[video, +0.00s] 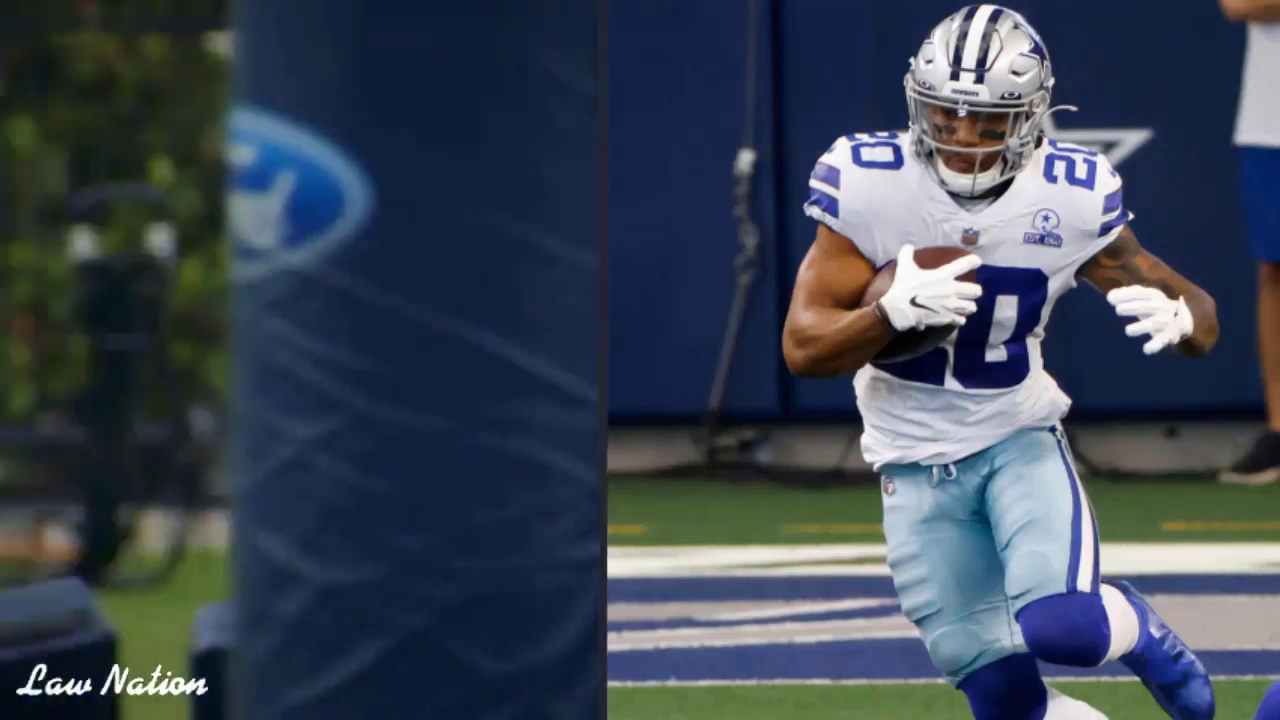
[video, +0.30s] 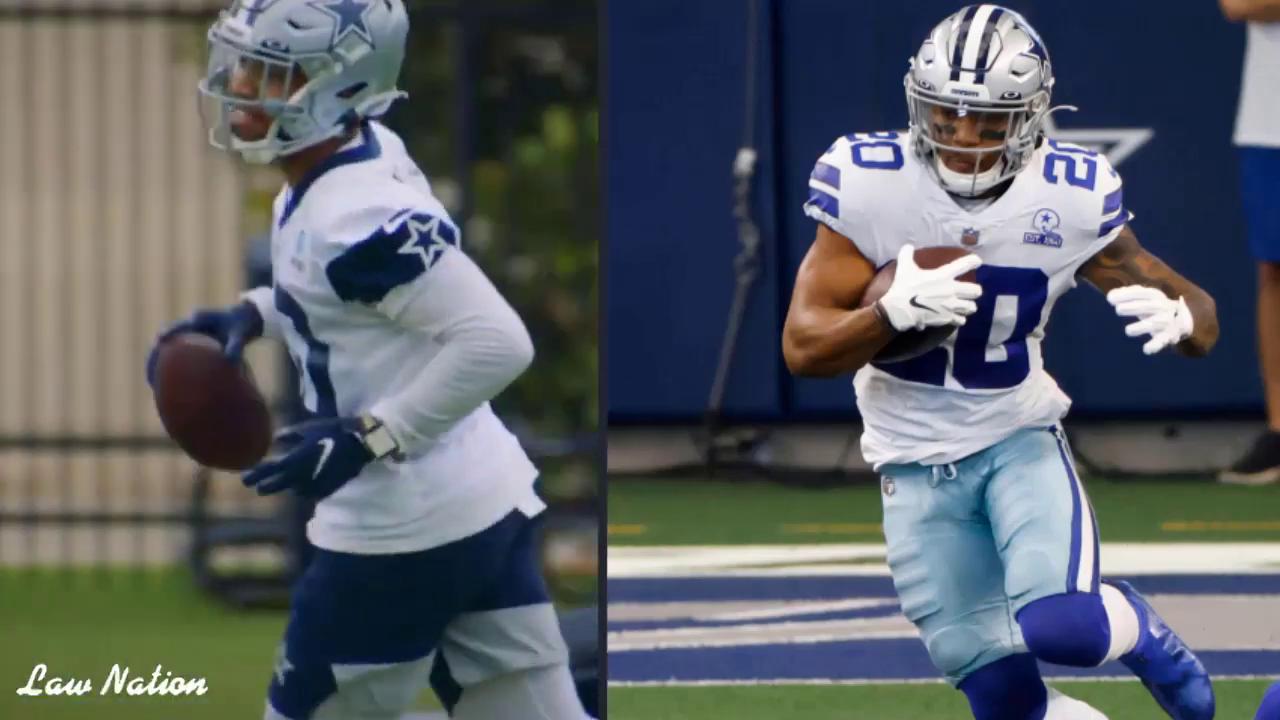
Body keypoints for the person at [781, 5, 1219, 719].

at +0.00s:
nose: (965, 137)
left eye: (988, 121)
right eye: (950, 117)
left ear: (1028, 119)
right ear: (922, 110)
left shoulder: (1070, 193)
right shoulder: (863, 179)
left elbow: (1197, 309)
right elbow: (801, 349)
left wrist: (1181, 319)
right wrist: (887, 313)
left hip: (1018, 438)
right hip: (911, 468)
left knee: (1054, 626)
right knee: (1001, 696)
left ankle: (1143, 634)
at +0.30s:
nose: (966, 138)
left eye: (988, 121)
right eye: (950, 117)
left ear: (1028, 119)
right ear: (922, 110)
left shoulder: (1071, 194)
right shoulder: (863, 179)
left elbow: (1197, 309)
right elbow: (801, 349)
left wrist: (1181, 319)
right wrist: (887, 313)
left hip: (1018, 437)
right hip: (911, 467)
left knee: (1054, 626)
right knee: (1001, 696)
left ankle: (1142, 633)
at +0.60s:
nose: (965, 137)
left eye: (988, 121)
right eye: (950, 116)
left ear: (1027, 119)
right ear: (923, 109)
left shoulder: (1071, 194)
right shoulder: (863, 179)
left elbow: (1197, 309)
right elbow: (801, 349)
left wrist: (1181, 319)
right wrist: (887, 313)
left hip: (1018, 436)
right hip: (911, 467)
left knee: (1054, 626)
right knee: (1001, 696)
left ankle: (1142, 633)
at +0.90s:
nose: (965, 137)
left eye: (988, 121)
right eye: (950, 116)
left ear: (1027, 119)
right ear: (923, 109)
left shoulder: (1071, 194)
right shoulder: (863, 179)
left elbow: (1197, 309)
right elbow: (801, 349)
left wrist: (1181, 319)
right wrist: (887, 313)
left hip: (1018, 436)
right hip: (911, 467)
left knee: (1054, 626)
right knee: (1001, 696)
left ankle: (1142, 633)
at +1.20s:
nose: (966, 137)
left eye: (988, 121)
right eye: (950, 117)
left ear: (1027, 118)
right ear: (922, 109)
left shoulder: (1071, 195)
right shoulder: (863, 180)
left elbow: (1197, 310)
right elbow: (801, 350)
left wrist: (1181, 319)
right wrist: (887, 313)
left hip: (1018, 436)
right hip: (911, 467)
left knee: (1053, 626)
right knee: (1001, 696)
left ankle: (1142, 633)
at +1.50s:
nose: (966, 137)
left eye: (988, 121)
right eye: (950, 116)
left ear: (1027, 118)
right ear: (922, 110)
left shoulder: (1071, 195)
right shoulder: (863, 180)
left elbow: (1197, 310)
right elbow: (801, 350)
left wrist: (1181, 319)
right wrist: (887, 313)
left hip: (1018, 437)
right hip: (911, 467)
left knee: (1054, 626)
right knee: (1001, 696)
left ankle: (1141, 631)